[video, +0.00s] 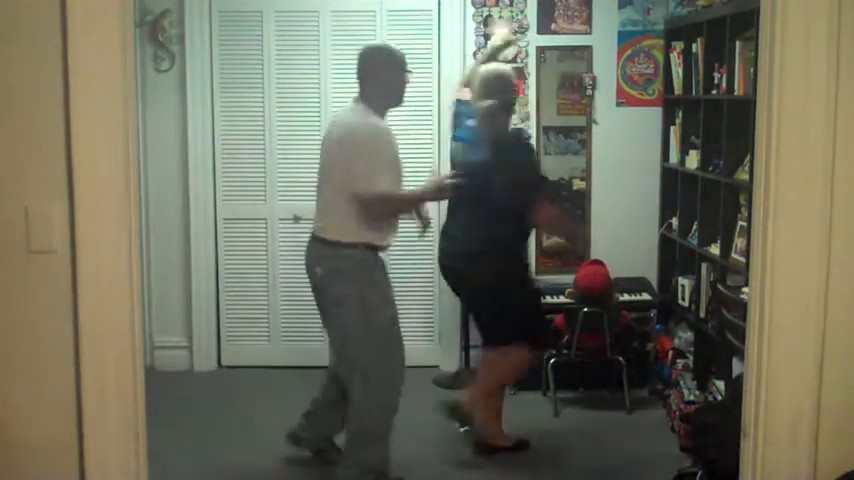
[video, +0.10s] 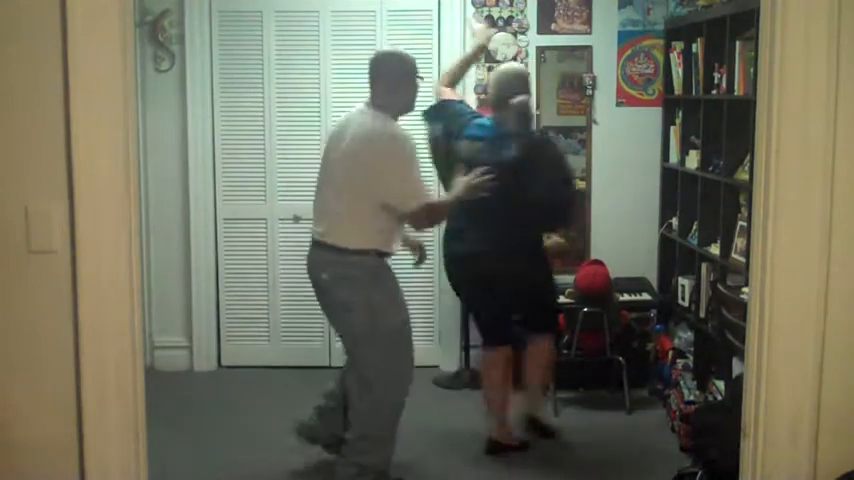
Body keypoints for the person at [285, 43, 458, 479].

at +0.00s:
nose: (407, 84)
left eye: (405, 76)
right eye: (400, 75)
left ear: (369, 79)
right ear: (375, 78)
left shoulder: (348, 122)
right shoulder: (368, 130)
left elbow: (357, 188)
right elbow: (372, 203)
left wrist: (407, 203)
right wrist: (428, 192)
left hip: (332, 254)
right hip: (351, 260)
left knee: (357, 357)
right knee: (381, 365)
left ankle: (312, 435)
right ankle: (367, 468)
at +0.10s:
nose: (418, 89)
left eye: (417, 81)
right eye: (412, 81)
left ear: (376, 83)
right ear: (391, 84)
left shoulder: (346, 127)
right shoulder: (390, 139)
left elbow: (352, 200)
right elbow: (421, 214)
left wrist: (399, 234)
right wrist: (459, 194)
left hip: (329, 260)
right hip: (358, 269)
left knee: (372, 355)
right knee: (389, 367)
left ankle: (329, 424)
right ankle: (366, 467)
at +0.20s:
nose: (425, 87)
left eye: (424, 78)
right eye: (421, 79)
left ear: (378, 83)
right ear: (407, 86)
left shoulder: (344, 128)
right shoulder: (412, 141)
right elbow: (452, 208)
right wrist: (493, 188)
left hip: (330, 264)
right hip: (376, 270)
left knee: (376, 348)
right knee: (398, 364)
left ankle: (336, 433)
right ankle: (368, 465)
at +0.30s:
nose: (427, 86)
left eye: (425, 78)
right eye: (425, 79)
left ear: (382, 82)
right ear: (418, 85)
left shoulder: (344, 131)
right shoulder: (428, 140)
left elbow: (325, 195)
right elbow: (478, 199)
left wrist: (359, 219)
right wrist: (517, 181)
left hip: (339, 266)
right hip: (391, 271)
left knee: (360, 358)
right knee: (400, 369)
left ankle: (351, 455)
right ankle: (369, 464)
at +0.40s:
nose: (428, 82)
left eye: (425, 75)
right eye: (426, 76)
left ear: (385, 82)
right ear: (423, 83)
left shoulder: (348, 131)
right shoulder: (442, 138)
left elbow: (319, 189)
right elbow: (496, 180)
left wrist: (339, 232)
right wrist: (537, 173)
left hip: (348, 266)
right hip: (407, 270)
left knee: (351, 365)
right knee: (412, 371)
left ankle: (347, 460)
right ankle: (376, 463)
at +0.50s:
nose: (423, 87)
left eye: (417, 78)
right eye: (426, 79)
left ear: (392, 84)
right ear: (430, 83)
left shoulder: (360, 129)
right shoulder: (452, 135)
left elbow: (318, 187)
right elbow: (507, 170)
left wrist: (324, 241)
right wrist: (547, 171)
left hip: (360, 268)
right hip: (419, 270)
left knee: (352, 363)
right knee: (421, 356)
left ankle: (347, 458)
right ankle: (410, 449)